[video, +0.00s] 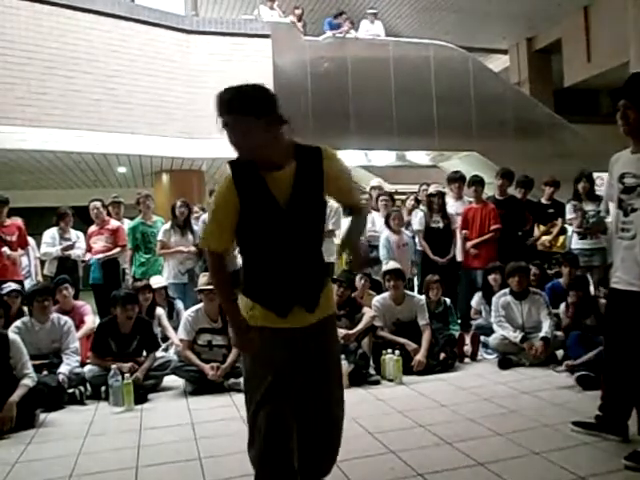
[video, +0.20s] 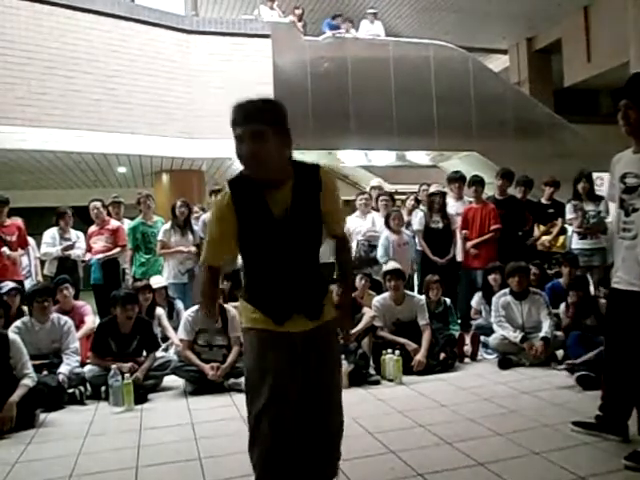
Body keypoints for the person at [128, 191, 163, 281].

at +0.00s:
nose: (147, 204)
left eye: (148, 200)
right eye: (143, 202)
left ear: (153, 203)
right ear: (139, 206)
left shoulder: (160, 222)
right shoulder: (134, 226)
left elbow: (164, 244)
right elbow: (130, 249)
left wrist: (167, 266)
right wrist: (129, 270)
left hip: (158, 268)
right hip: (140, 269)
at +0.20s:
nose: (147, 204)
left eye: (149, 201)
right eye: (144, 202)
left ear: (154, 203)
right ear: (139, 206)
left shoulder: (160, 222)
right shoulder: (134, 226)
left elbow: (164, 244)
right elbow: (130, 249)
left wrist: (167, 266)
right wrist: (129, 270)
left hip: (158, 267)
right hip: (141, 269)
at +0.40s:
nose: (148, 204)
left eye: (150, 200)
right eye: (144, 202)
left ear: (154, 204)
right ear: (140, 206)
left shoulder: (160, 224)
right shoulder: (134, 227)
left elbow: (164, 247)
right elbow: (131, 249)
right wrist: (129, 270)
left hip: (159, 269)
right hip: (141, 270)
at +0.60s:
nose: (149, 204)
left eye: (150, 200)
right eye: (145, 202)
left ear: (154, 203)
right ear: (140, 206)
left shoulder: (162, 223)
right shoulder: (135, 226)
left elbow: (166, 245)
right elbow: (131, 249)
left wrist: (168, 267)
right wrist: (129, 269)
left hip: (159, 268)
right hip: (141, 269)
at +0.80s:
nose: (149, 204)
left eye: (151, 200)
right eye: (145, 202)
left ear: (155, 203)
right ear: (141, 206)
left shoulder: (162, 222)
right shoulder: (135, 226)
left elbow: (165, 244)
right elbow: (132, 249)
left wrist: (168, 266)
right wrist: (129, 269)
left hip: (159, 268)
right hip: (142, 269)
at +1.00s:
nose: (150, 204)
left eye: (151, 200)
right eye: (146, 202)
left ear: (156, 203)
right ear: (141, 206)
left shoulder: (162, 222)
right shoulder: (135, 226)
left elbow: (166, 244)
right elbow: (132, 249)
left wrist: (168, 266)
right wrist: (129, 269)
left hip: (160, 268)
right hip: (142, 269)